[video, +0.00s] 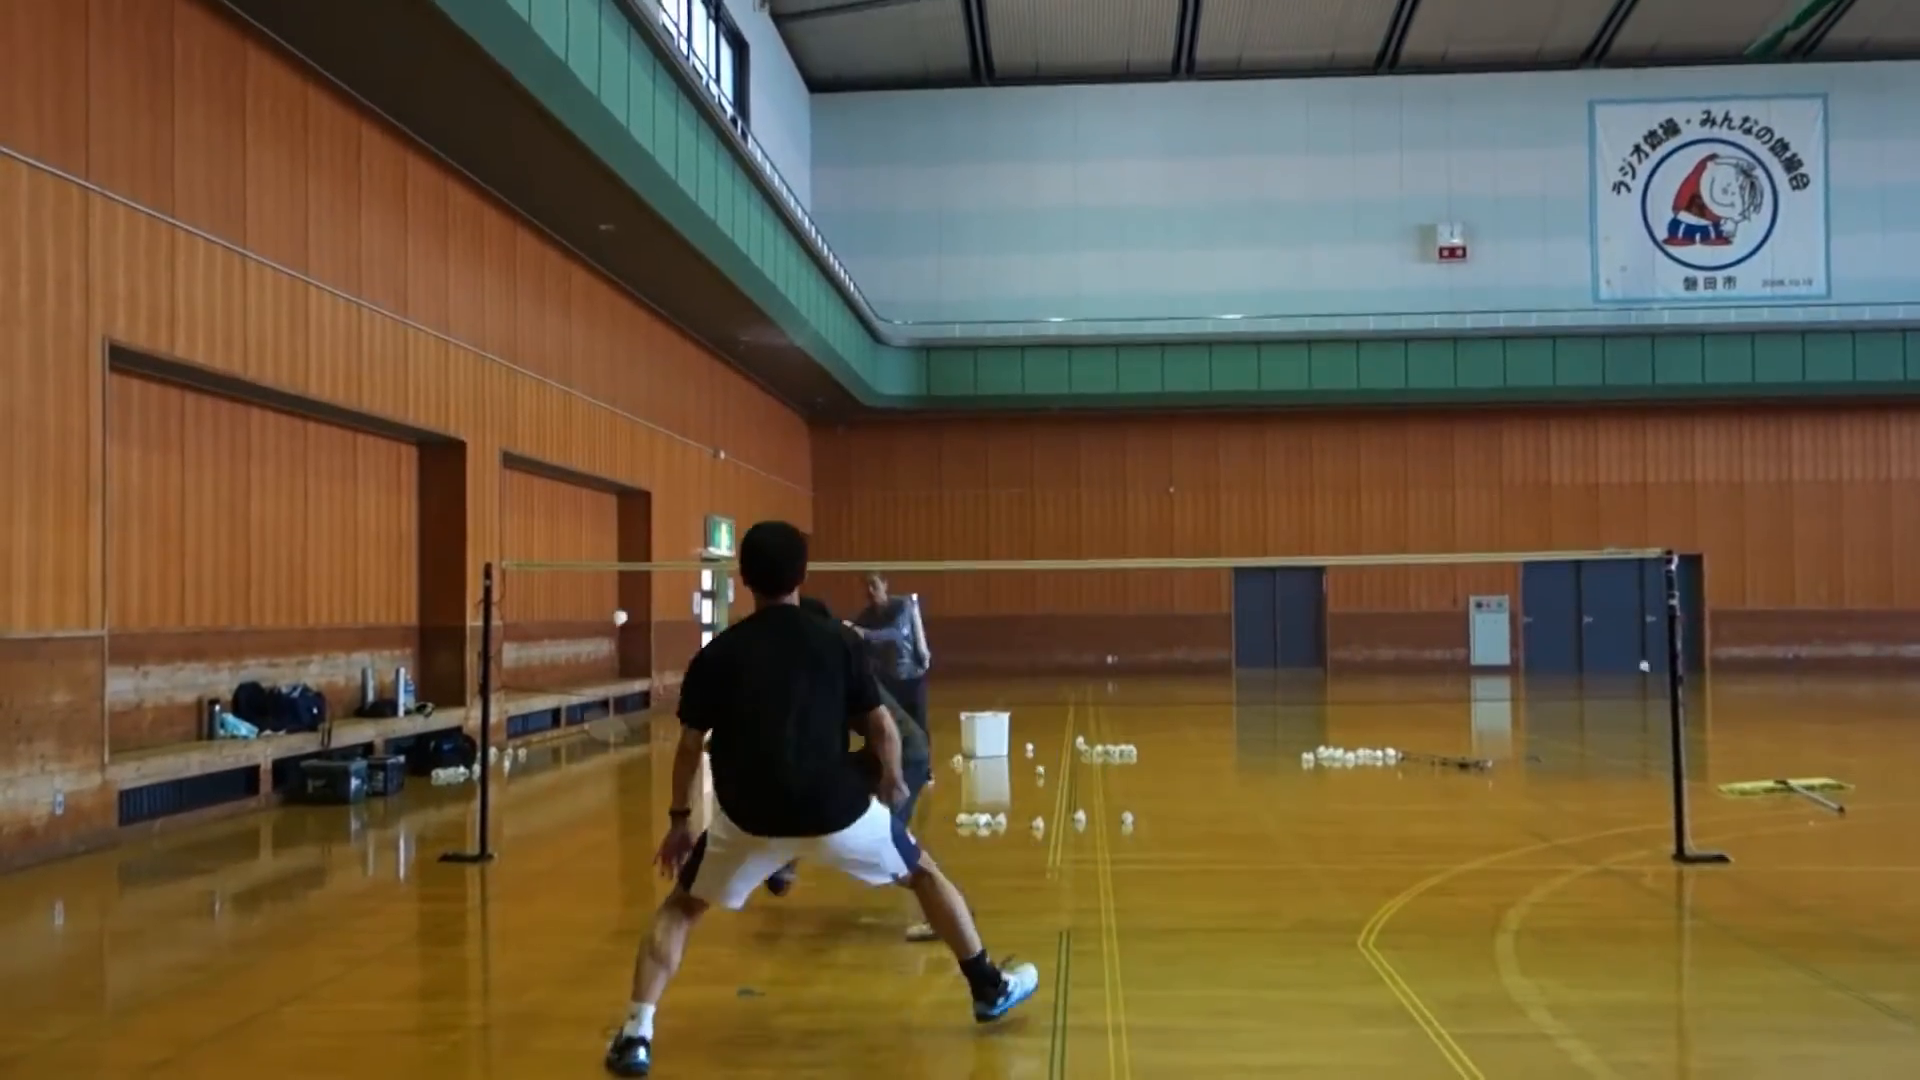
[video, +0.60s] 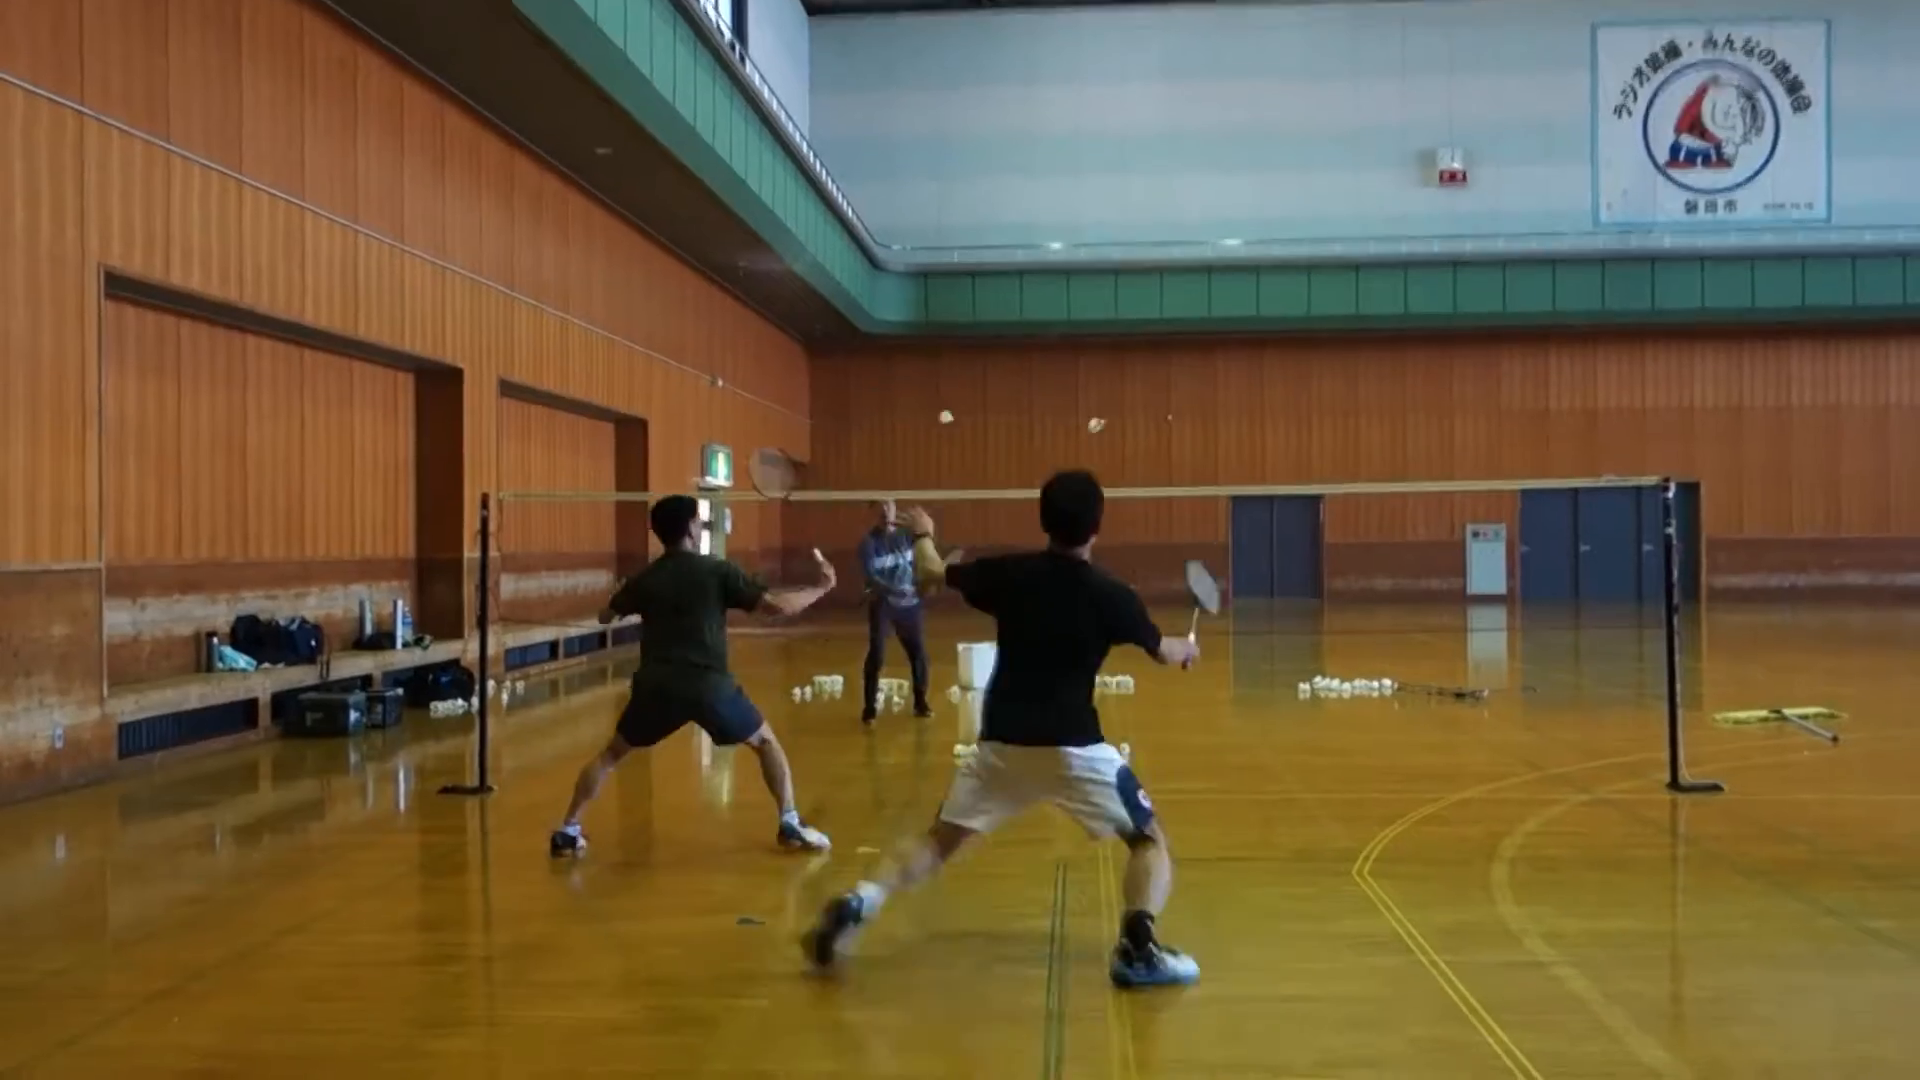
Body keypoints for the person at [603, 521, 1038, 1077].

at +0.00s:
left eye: (750, 565)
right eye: (797, 566)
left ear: (744, 576)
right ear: (803, 574)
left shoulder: (717, 653)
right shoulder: (837, 640)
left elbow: (689, 746)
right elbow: (882, 728)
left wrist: (680, 820)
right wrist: (891, 780)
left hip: (746, 817)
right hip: (836, 812)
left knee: (682, 906)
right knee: (923, 873)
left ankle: (636, 1032)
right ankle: (987, 984)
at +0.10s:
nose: (777, 575)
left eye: (777, 568)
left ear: (779, 576)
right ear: (837, 574)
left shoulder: (758, 646)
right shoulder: (875, 635)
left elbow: (712, 727)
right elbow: (932, 698)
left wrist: (684, 805)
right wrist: (945, 745)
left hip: (780, 810)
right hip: (866, 805)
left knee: (709, 903)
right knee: (946, 874)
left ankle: (643, 1016)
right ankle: (990, 990)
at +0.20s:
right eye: (872, 526)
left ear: (815, 533)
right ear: (872, 531)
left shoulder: (793, 602)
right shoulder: (909, 587)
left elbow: (741, 660)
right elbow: (963, 638)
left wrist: (717, 737)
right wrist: (976, 689)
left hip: (829, 759)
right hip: (908, 756)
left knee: (755, 855)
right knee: (964, 839)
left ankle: (684, 967)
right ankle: (996, 960)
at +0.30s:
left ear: (850, 504)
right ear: (906, 503)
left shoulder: (826, 573)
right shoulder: (937, 567)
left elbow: (771, 648)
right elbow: (976, 643)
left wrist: (765, 727)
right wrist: (996, 711)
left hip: (857, 729)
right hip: (937, 724)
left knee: (788, 819)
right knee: (995, 807)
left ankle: (759, 932)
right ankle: (1034, 921)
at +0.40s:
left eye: (891, 514)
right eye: (949, 515)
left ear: (891, 523)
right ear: (948, 523)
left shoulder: (866, 592)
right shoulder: (973, 593)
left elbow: (834, 672)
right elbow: (1005, 686)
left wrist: (864, 721)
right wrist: (1034, 754)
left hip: (879, 749)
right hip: (961, 747)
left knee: (810, 843)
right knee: (1036, 807)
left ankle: (774, 962)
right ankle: (1097, 913)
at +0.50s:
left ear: (952, 535)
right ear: (1006, 536)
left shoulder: (922, 594)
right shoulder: (1032, 604)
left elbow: (909, 650)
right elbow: (1081, 680)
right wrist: (1125, 718)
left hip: (932, 758)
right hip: (1012, 761)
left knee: (851, 849)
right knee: (1093, 833)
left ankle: (779, 954)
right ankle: (1124, 940)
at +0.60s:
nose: (1098, 522)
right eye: (1099, 515)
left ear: (1043, 520)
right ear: (1097, 525)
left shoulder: (1008, 574)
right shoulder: (1108, 594)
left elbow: (933, 575)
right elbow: (1161, 651)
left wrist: (923, 535)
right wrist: (1184, 650)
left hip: (1000, 745)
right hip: (1073, 747)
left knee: (939, 841)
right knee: (1148, 839)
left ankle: (858, 903)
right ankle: (1138, 948)